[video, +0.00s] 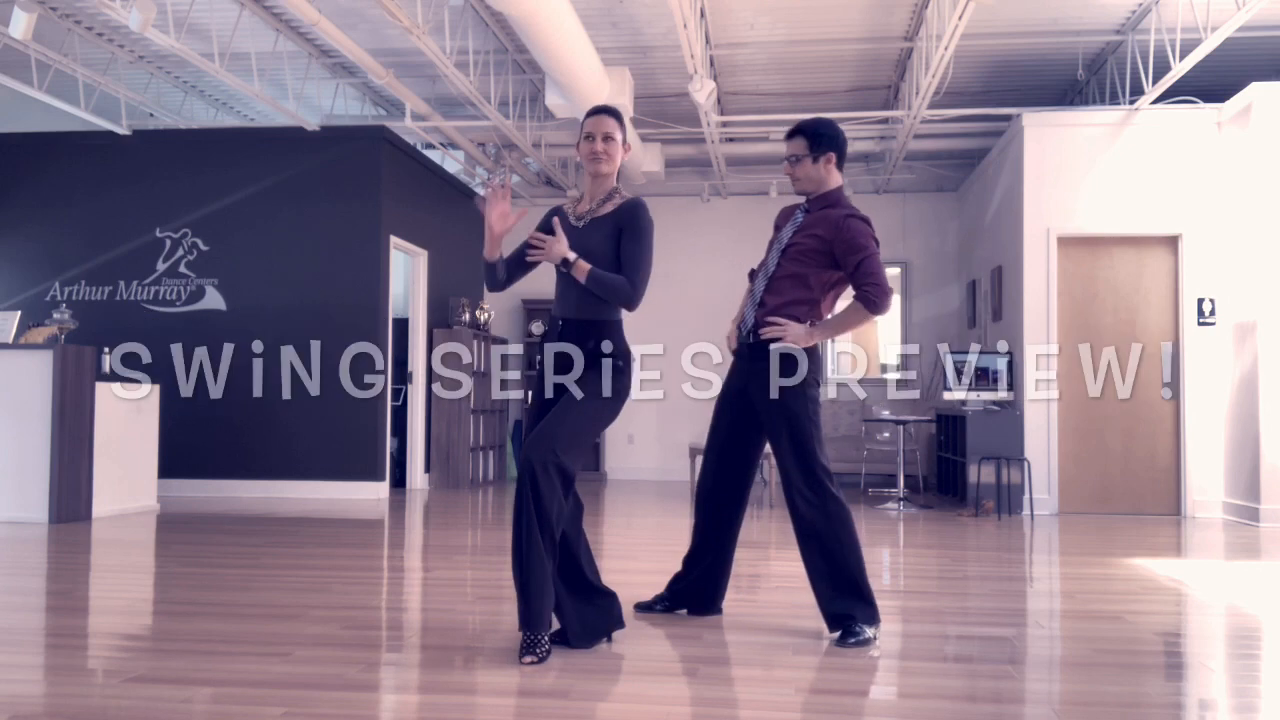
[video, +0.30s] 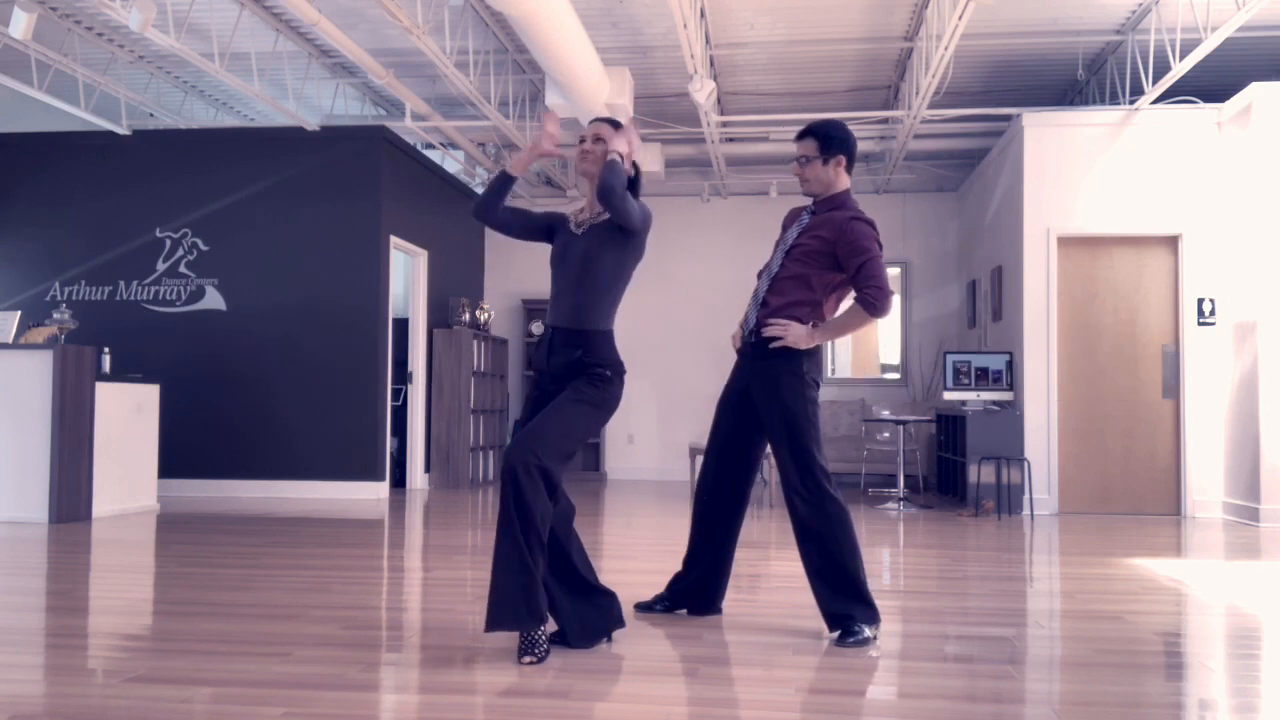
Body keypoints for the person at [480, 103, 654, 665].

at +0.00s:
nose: (598, 146)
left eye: (608, 138)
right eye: (589, 138)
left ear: (625, 150)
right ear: (577, 148)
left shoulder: (633, 213)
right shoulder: (560, 214)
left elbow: (632, 294)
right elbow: (499, 277)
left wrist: (567, 258)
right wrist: (493, 236)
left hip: (604, 361)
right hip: (554, 359)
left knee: (539, 452)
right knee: (547, 480)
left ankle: (538, 617)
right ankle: (588, 608)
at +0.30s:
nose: (585, 147)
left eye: (598, 140)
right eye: (582, 140)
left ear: (623, 161)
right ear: (576, 155)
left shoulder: (635, 219)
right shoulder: (562, 224)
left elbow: (612, 196)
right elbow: (489, 209)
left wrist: (621, 157)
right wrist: (530, 156)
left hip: (595, 373)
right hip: (550, 370)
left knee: (522, 459)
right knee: (539, 488)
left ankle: (533, 615)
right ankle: (587, 609)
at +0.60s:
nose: (590, 146)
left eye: (603, 146)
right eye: (590, 141)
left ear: (621, 167)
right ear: (581, 162)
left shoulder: (624, 227)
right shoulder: (557, 228)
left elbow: (623, 165)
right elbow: (492, 180)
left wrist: (624, 131)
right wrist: (548, 154)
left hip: (585, 376)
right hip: (542, 372)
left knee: (512, 463)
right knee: (528, 493)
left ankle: (532, 618)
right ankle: (588, 609)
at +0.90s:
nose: (586, 170)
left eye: (598, 165)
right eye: (587, 164)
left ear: (617, 183)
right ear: (582, 183)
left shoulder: (628, 232)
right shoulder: (561, 239)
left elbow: (615, 163)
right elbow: (493, 195)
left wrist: (635, 147)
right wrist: (555, 172)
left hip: (577, 386)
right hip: (532, 381)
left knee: (501, 467)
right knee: (517, 494)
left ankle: (528, 617)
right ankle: (586, 610)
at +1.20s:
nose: (591, 157)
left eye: (602, 150)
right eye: (585, 149)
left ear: (622, 167)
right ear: (577, 162)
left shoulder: (622, 226)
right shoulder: (556, 231)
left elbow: (618, 309)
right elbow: (505, 302)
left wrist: (569, 270)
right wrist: (460, 288)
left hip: (584, 374)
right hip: (542, 372)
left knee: (505, 468)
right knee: (520, 491)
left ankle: (527, 617)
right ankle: (588, 611)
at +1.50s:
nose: (553, 128)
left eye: (564, 120)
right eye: (545, 119)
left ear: (583, 133)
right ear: (535, 131)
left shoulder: (587, 200)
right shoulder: (540, 204)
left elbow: (602, 289)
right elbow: (546, 293)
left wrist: (608, 372)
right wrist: (536, 361)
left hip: (598, 349)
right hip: (557, 352)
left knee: (550, 460)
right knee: (552, 471)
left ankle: (543, 618)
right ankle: (589, 604)